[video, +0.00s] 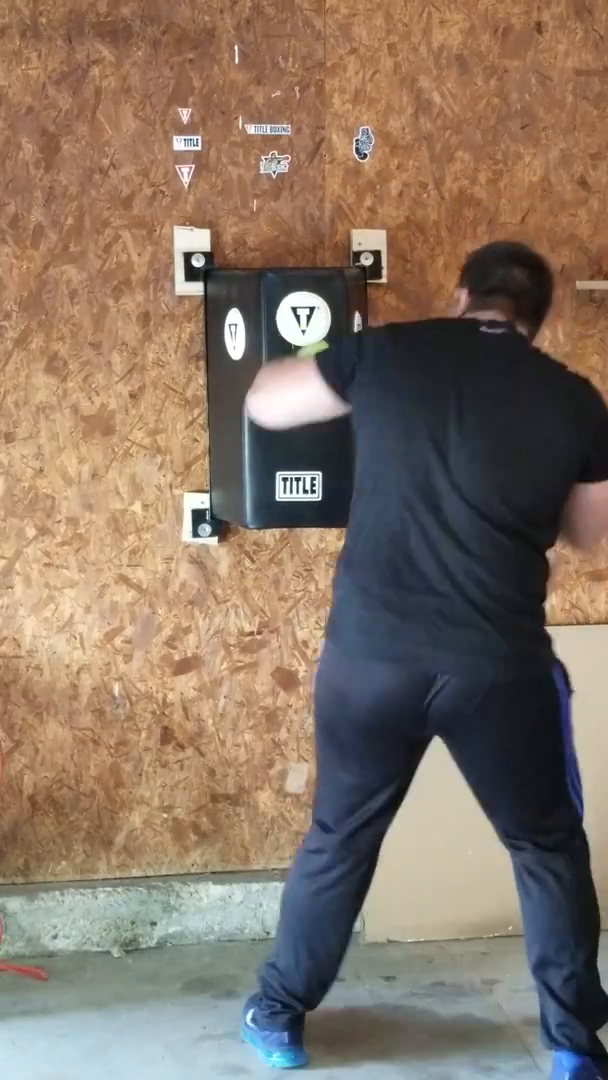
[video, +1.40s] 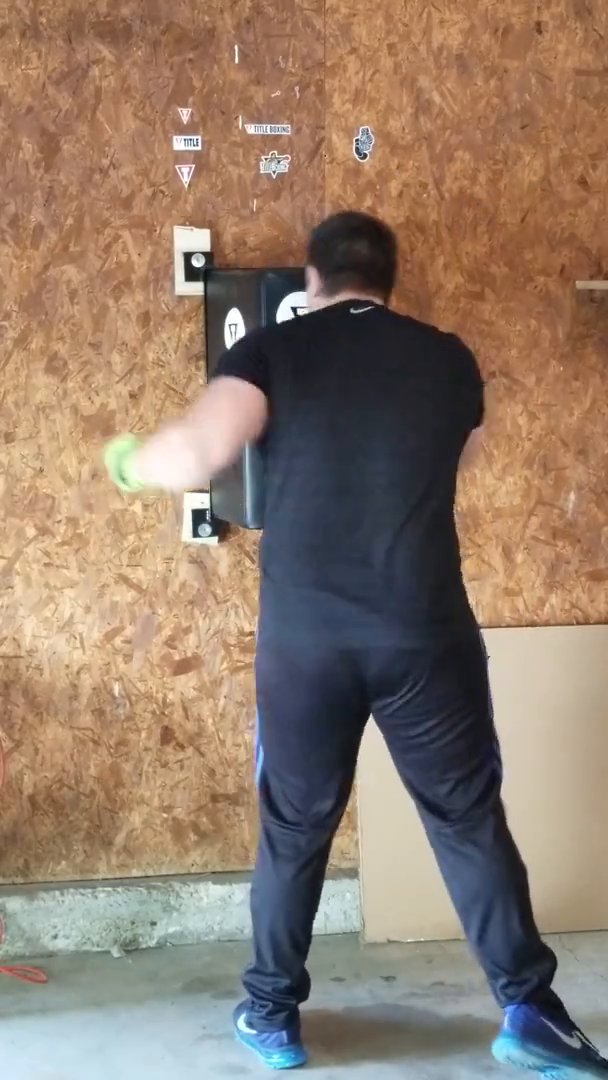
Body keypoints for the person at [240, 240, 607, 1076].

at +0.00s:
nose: (449, 305)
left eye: (452, 296)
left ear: (459, 297)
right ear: (539, 319)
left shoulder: (385, 354)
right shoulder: (574, 401)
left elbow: (265, 403)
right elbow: (590, 537)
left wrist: (343, 372)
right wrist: (522, 479)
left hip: (370, 647)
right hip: (497, 661)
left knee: (337, 835)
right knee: (545, 842)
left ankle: (276, 1014)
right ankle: (574, 1041)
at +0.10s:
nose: (388, 317)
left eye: (392, 306)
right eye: (394, 309)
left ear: (406, 307)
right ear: (481, 315)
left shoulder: (362, 365)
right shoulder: (547, 403)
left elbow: (250, 442)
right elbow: (546, 539)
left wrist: (309, 386)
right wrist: (479, 525)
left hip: (363, 648)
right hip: (483, 660)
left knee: (313, 825)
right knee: (520, 837)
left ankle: (273, 1013)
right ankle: (571, 1029)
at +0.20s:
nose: (328, 327)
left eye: (325, 315)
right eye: (325, 317)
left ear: (343, 309)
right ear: (417, 299)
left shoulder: (347, 366)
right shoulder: (499, 382)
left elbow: (249, 464)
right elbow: (477, 483)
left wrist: (284, 386)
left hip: (368, 641)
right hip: (478, 646)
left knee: (304, 828)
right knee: (491, 823)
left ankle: (272, 1014)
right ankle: (562, 1010)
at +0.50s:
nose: (232, 372)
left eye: (226, 357)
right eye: (229, 359)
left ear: (237, 347)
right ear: (306, 310)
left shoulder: (283, 398)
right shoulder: (401, 359)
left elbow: (256, 544)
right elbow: (365, 480)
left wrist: (201, 498)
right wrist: (255, 455)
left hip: (353, 638)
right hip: (464, 625)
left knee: (296, 829)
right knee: (487, 818)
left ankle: (274, 1013)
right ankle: (558, 1009)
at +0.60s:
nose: (231, 346)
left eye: (230, 332)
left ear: (242, 325)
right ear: (320, 297)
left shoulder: (240, 387)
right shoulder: (411, 340)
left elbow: (208, 525)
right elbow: (457, 442)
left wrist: (148, 545)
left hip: (321, 639)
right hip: (438, 623)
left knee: (300, 825)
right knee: (497, 807)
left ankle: (276, 1015)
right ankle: (567, 1005)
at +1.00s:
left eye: (254, 314)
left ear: (259, 311)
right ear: (338, 293)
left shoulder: (227, 378)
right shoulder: (410, 340)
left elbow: (191, 517)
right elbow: (470, 457)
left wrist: (240, 477)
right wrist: (387, 440)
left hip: (293, 638)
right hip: (415, 625)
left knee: (292, 826)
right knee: (471, 813)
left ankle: (273, 1014)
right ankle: (537, 1002)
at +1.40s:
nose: (305, 289)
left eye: (305, 278)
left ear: (311, 278)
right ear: (391, 284)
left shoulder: (273, 350)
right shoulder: (452, 360)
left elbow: (197, 459)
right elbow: (452, 460)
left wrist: (133, 459)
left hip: (305, 633)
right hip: (424, 630)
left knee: (293, 827)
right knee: (469, 816)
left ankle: (272, 1011)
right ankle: (531, 1005)